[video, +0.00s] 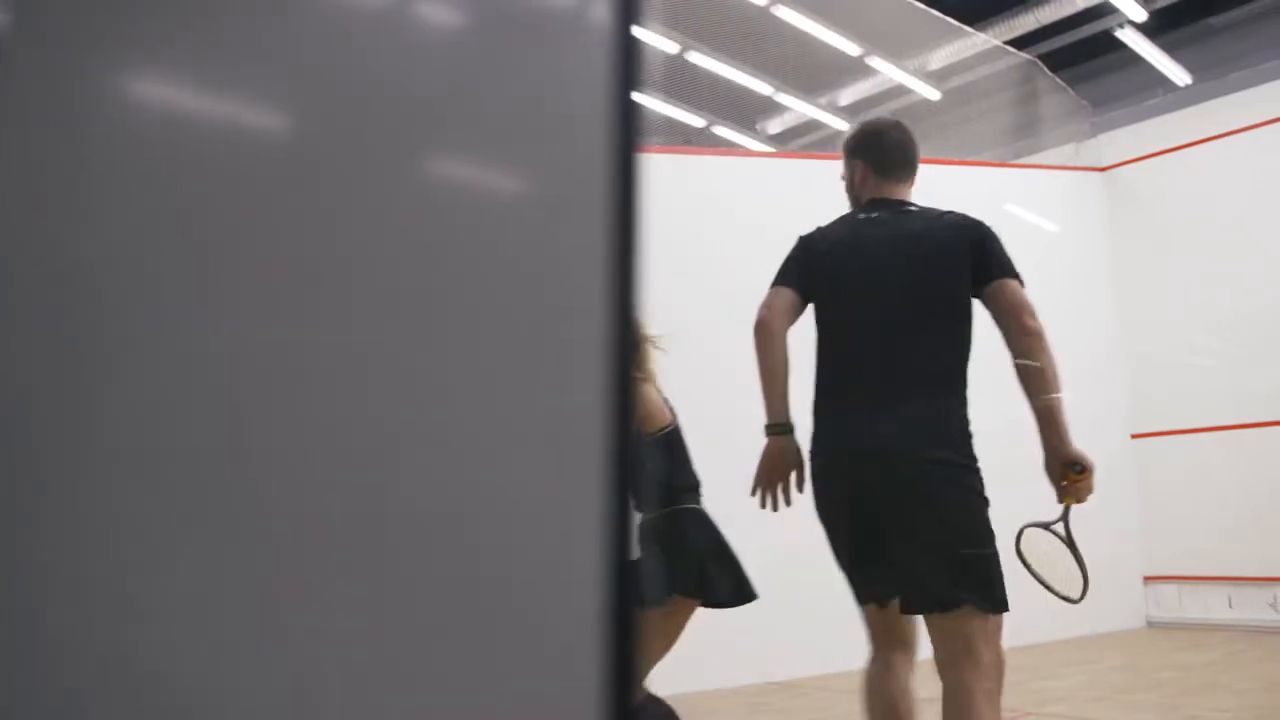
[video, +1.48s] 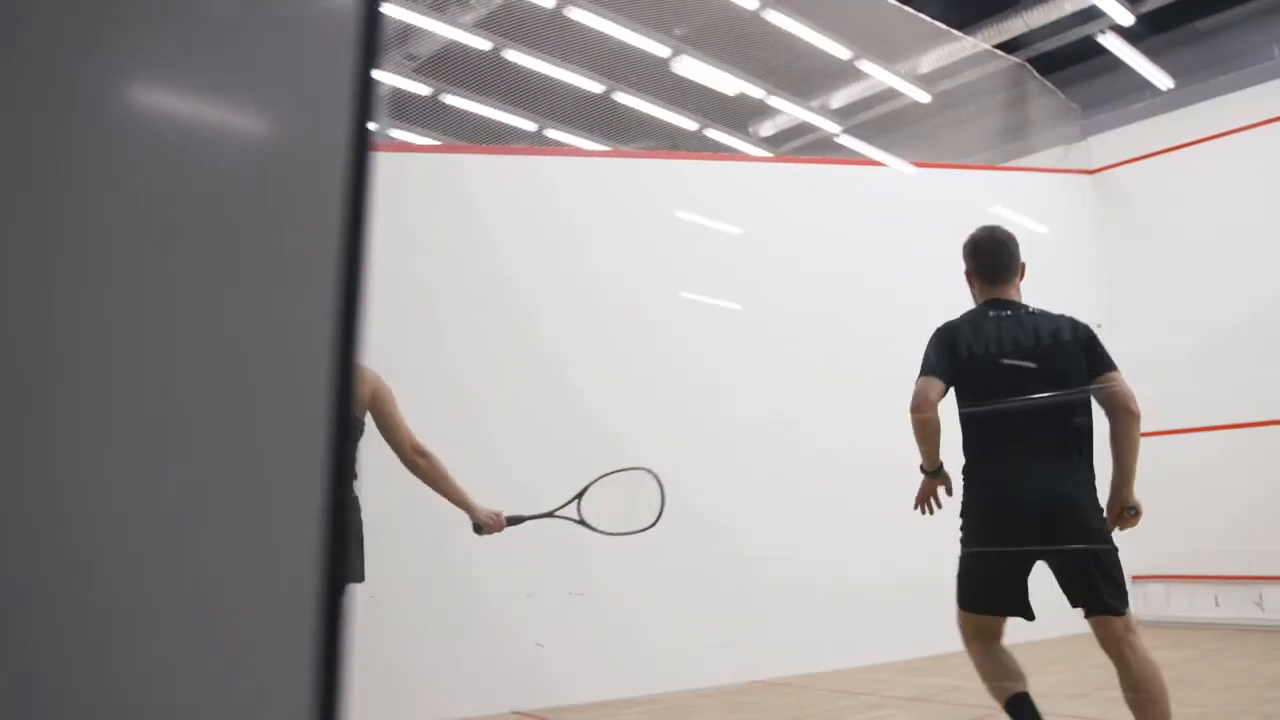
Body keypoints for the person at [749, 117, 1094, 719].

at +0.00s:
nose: (845, 183)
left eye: (844, 173)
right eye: (846, 174)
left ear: (855, 172)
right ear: (914, 175)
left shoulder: (821, 245)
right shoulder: (964, 233)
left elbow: (769, 323)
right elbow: (1025, 330)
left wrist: (779, 431)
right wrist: (1057, 443)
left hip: (844, 469)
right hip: (935, 467)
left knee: (889, 643)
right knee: (971, 660)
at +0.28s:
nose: (891, 205)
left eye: (894, 192)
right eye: (892, 193)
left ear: (913, 192)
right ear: (957, 197)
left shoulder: (879, 266)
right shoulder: (1017, 255)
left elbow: (826, 338)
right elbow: (1090, 348)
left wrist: (833, 444)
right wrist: (1105, 457)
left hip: (908, 476)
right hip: (996, 470)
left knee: (994, 652)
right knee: (991, 677)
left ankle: (1026, 710)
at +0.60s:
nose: (931, 248)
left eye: (933, 231)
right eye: (930, 234)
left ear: (960, 224)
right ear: (994, 226)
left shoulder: (926, 299)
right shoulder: (1055, 282)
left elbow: (873, 371)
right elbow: (1120, 374)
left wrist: (877, 469)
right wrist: (1139, 474)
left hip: (969, 497)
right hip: (1049, 489)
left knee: (1059, 662)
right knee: (1116, 674)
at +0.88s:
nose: (958, 251)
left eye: (959, 236)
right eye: (957, 238)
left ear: (978, 233)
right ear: (1019, 235)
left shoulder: (950, 303)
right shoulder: (1075, 291)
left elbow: (896, 375)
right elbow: (1135, 374)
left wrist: (910, 459)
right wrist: (1152, 470)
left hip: (992, 498)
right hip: (1072, 487)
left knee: (1069, 645)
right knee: (1142, 637)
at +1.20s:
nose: (975, 252)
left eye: (975, 244)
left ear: (978, 245)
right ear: (1031, 240)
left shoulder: (956, 304)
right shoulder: (1079, 297)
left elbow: (911, 368)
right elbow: (1130, 375)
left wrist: (929, 437)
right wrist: (1143, 464)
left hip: (995, 492)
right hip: (1073, 485)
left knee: (1044, 634)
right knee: (1128, 628)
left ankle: (1078, 717)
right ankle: (1173, 715)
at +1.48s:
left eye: (970, 272)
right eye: (1020, 268)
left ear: (968, 276)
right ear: (1023, 274)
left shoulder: (952, 337)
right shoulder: (1071, 332)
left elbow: (923, 405)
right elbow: (1125, 409)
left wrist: (932, 466)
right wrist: (1123, 493)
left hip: (995, 517)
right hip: (1072, 512)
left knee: (982, 636)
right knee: (1121, 637)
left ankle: (1025, 713)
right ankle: (1160, 718)